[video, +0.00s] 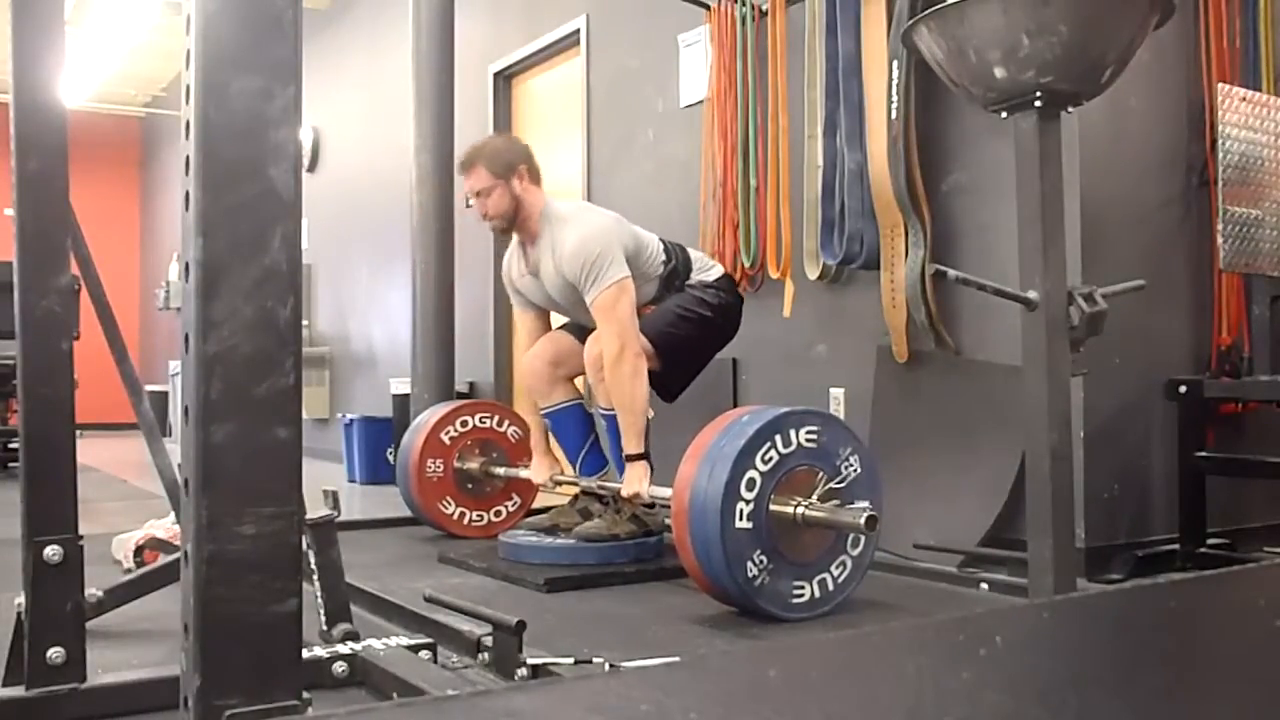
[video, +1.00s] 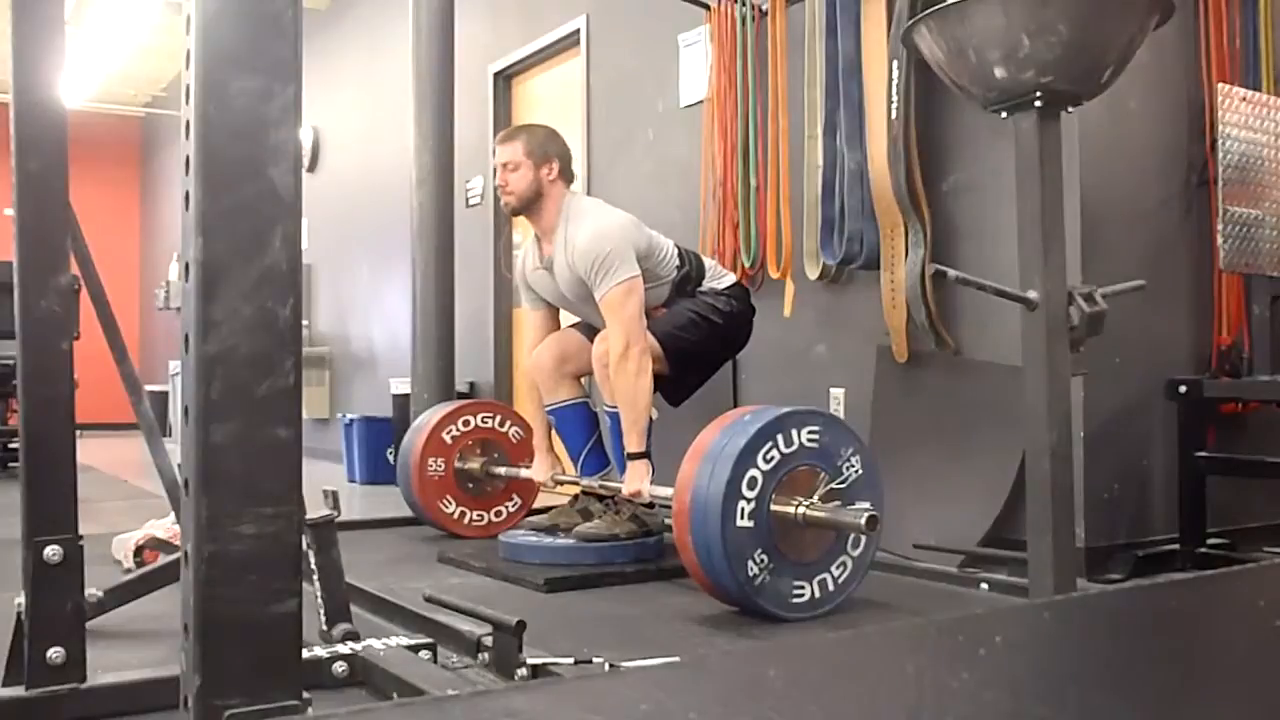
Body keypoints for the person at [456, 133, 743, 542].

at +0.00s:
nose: (477, 210)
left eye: (483, 195)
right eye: (472, 199)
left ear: (521, 179)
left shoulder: (585, 237)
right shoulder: (517, 264)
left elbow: (622, 350)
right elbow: (530, 358)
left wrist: (636, 461)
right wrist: (538, 452)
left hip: (702, 292)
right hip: (636, 306)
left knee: (605, 357)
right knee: (541, 364)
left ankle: (630, 500)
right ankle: (597, 492)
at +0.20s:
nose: (488, 180)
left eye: (501, 166)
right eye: (488, 169)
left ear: (539, 172)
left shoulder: (589, 233)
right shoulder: (525, 258)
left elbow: (625, 351)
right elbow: (536, 360)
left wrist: (635, 461)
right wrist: (540, 451)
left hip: (708, 293)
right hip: (642, 304)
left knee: (607, 354)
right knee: (545, 364)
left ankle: (633, 503)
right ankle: (599, 494)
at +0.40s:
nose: (495, 174)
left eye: (508, 161)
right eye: (495, 163)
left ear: (547, 170)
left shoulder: (594, 233)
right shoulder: (528, 247)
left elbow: (627, 352)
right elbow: (537, 356)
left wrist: (635, 460)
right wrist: (540, 450)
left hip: (711, 302)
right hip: (644, 311)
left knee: (608, 354)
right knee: (545, 364)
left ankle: (633, 503)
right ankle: (600, 493)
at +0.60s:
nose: (506, 165)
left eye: (520, 155)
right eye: (507, 156)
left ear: (559, 166)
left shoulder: (599, 231)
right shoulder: (531, 252)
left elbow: (630, 351)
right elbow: (538, 359)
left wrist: (636, 459)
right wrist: (541, 448)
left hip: (711, 309)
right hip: (645, 318)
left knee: (608, 357)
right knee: (545, 363)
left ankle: (632, 502)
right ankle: (598, 493)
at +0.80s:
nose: (504, 169)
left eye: (518, 158)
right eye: (504, 160)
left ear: (557, 168)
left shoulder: (599, 232)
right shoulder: (531, 251)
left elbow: (632, 352)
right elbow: (538, 360)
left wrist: (637, 460)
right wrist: (542, 449)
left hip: (711, 305)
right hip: (643, 313)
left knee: (609, 354)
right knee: (546, 364)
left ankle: (633, 501)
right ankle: (598, 492)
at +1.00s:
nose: (499, 181)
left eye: (511, 168)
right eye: (497, 170)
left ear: (549, 172)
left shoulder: (598, 233)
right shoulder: (531, 256)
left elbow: (630, 351)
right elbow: (539, 358)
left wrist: (637, 460)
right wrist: (542, 450)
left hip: (714, 301)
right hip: (646, 311)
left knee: (612, 353)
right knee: (548, 362)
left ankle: (634, 502)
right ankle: (600, 492)